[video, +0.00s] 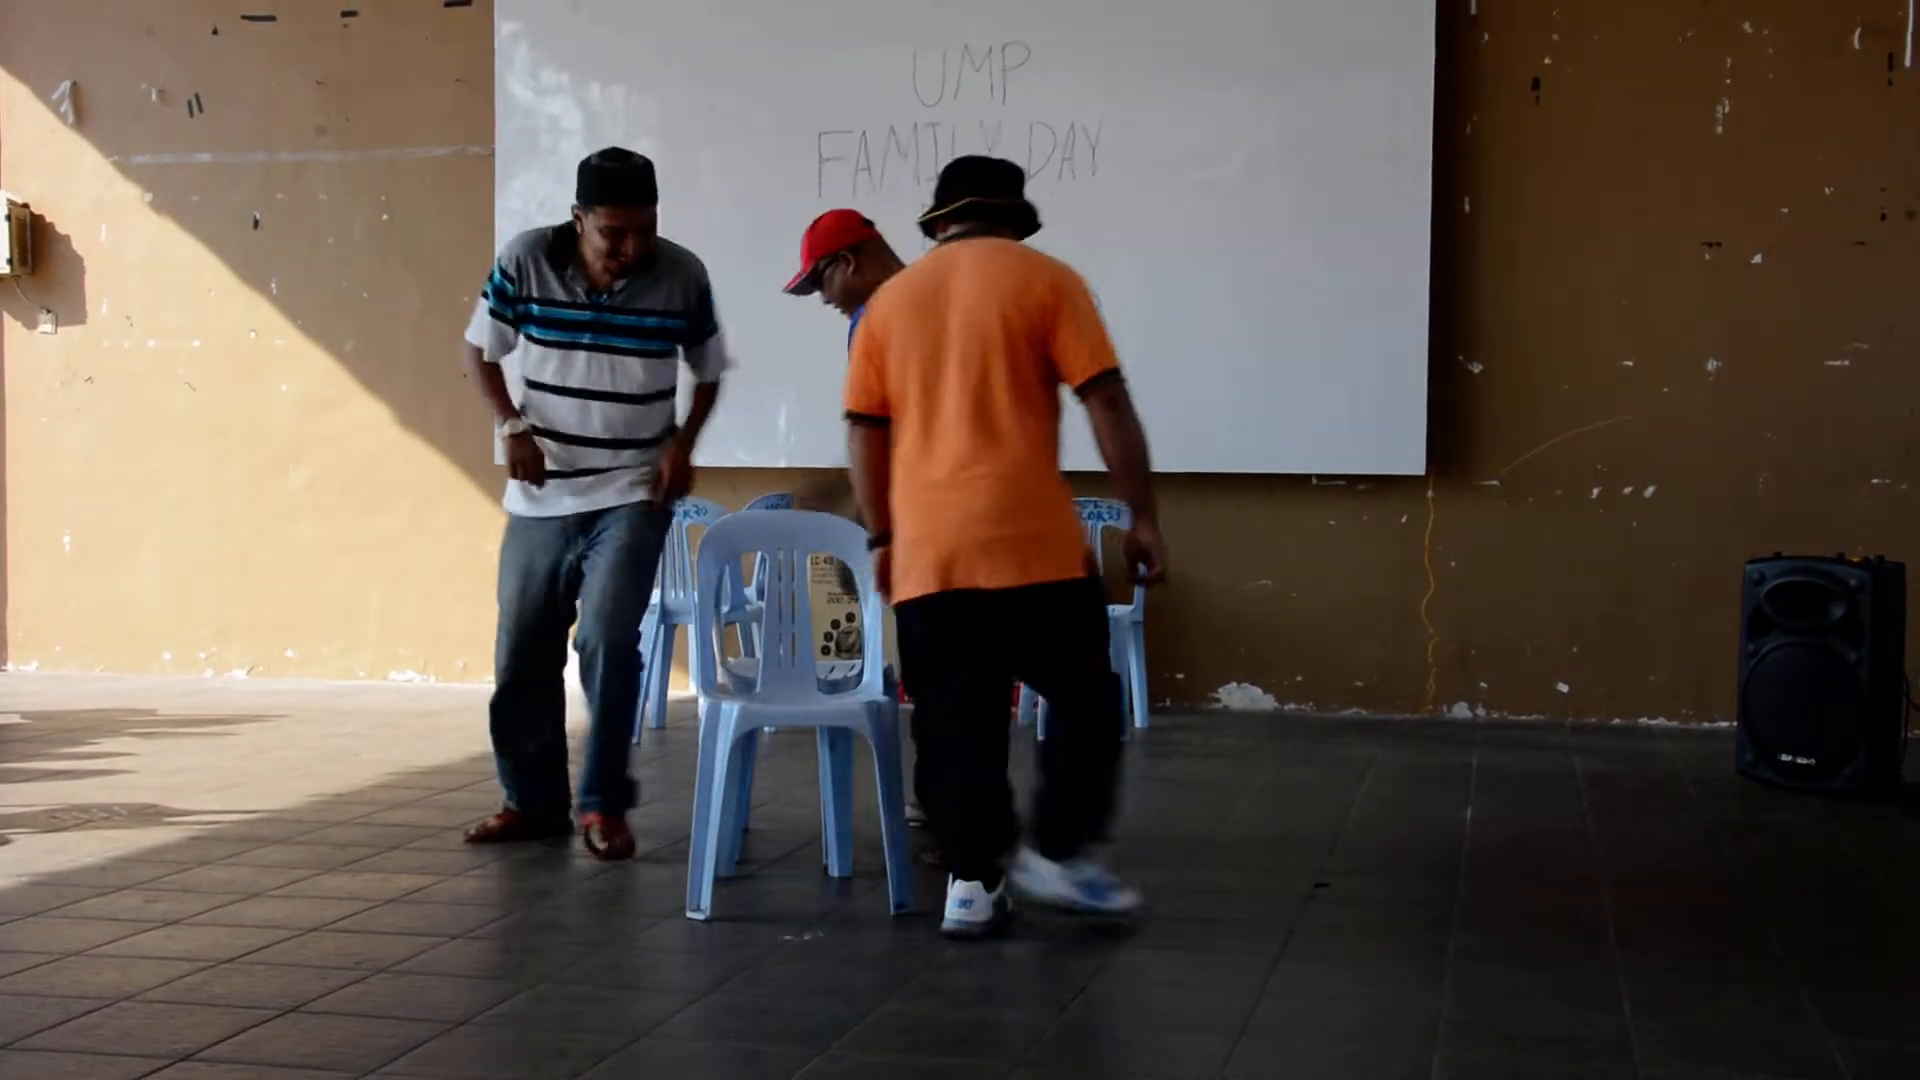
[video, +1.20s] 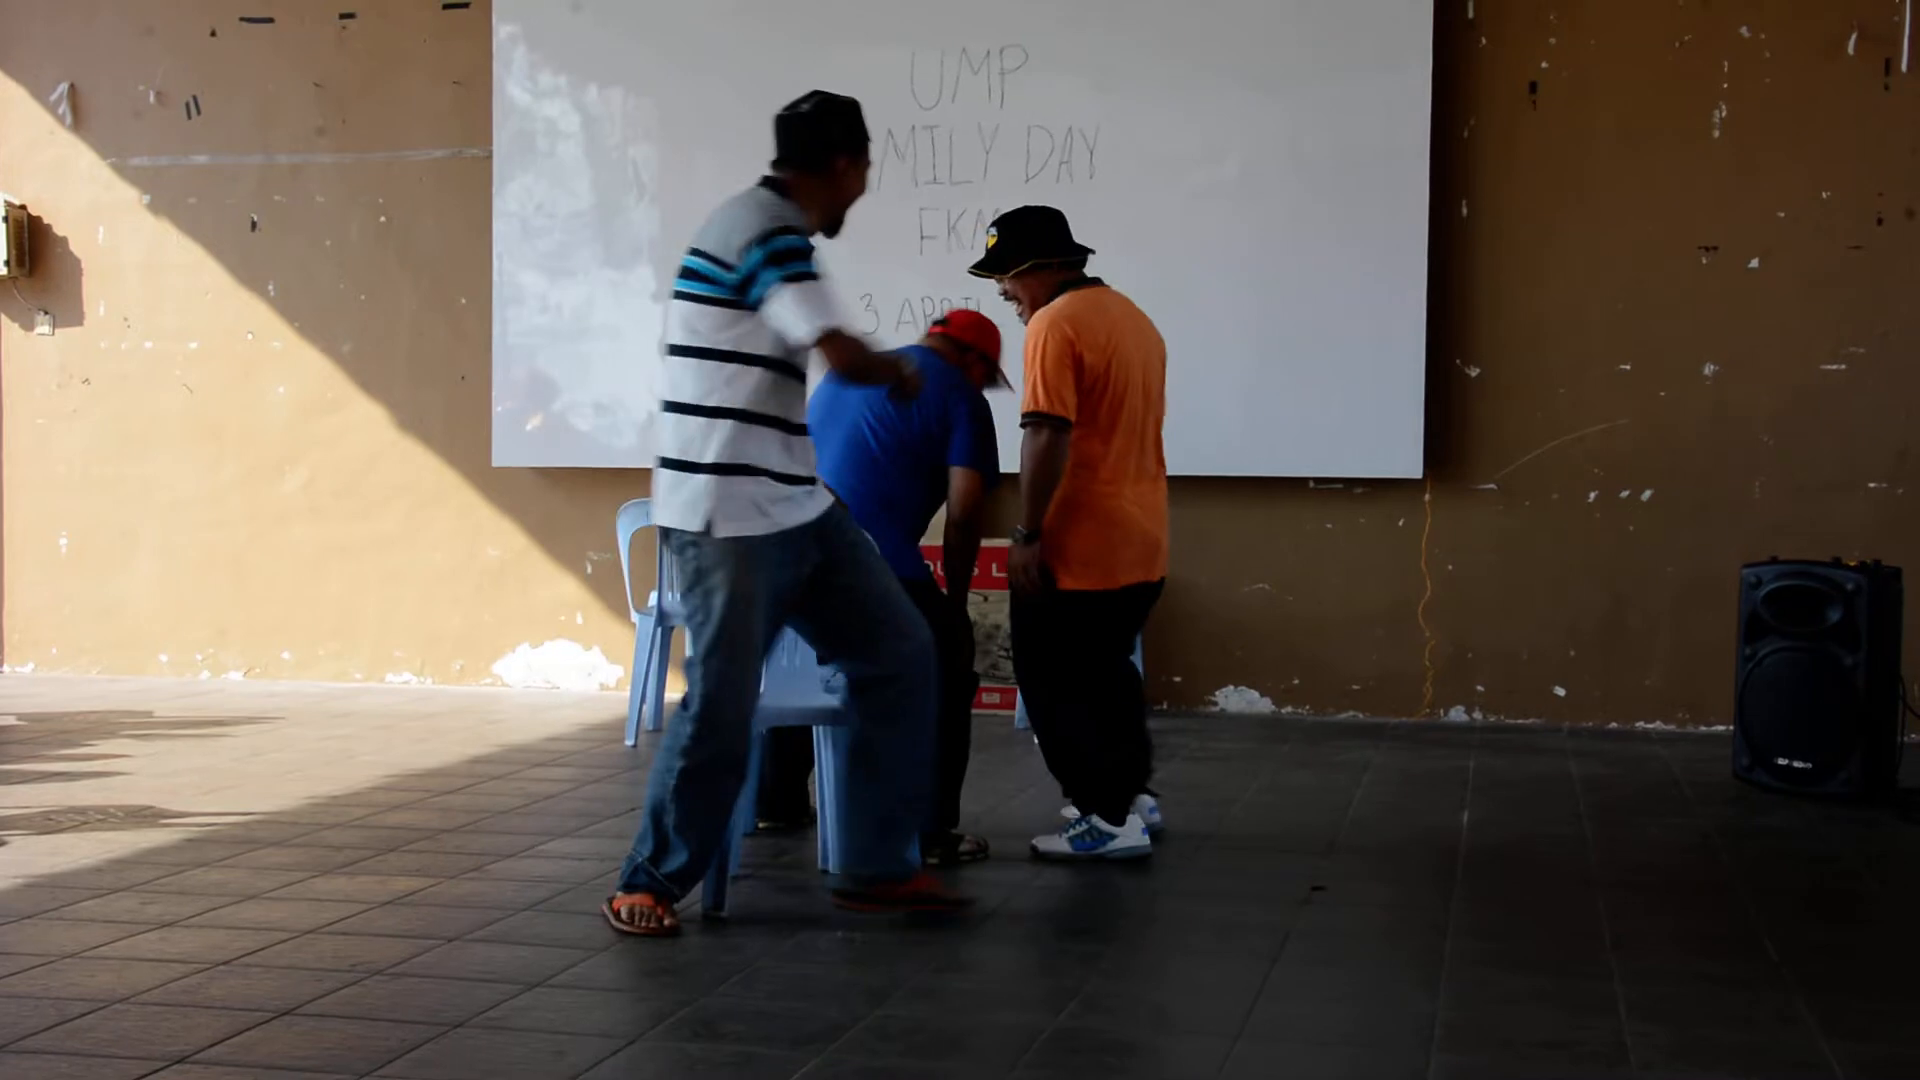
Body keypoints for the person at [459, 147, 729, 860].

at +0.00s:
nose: (630, 249)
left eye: (642, 232)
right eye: (613, 234)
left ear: (656, 218)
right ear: (579, 218)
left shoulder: (681, 278)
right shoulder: (526, 262)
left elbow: (709, 369)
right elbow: (479, 349)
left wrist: (684, 442)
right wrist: (511, 425)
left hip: (630, 494)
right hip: (540, 497)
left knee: (606, 641)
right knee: (520, 656)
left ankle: (603, 806)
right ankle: (531, 806)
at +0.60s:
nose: (710, 221)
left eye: (717, 205)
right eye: (698, 205)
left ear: (714, 193)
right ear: (647, 188)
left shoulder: (700, 262)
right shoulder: (556, 242)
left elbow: (702, 360)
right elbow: (468, 327)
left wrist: (749, 430)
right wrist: (496, 443)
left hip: (663, 501)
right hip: (560, 500)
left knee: (676, 642)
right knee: (527, 683)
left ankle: (590, 831)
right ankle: (503, 857)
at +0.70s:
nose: (747, 228)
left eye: (752, 213)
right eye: (738, 212)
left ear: (716, 201)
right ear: (689, 195)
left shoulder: (719, 268)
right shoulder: (586, 245)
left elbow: (701, 363)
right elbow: (490, 331)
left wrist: (761, 441)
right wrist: (505, 446)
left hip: (693, 513)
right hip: (585, 516)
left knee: (737, 671)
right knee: (549, 700)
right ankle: (511, 859)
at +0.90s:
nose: (820, 218)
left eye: (825, 202)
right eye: (816, 200)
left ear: (782, 188)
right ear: (769, 183)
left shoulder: (772, 258)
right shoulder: (662, 240)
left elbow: (746, 386)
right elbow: (562, 321)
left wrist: (784, 486)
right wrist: (600, 418)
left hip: (775, 526)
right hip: (676, 533)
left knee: (840, 687)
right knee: (645, 704)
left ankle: (798, 895)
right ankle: (546, 850)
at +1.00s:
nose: (840, 191)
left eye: (843, 173)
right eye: (836, 172)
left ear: (793, 166)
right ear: (799, 166)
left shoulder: (784, 255)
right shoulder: (689, 224)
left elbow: (763, 376)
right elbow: (627, 328)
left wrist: (787, 458)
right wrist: (712, 411)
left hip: (785, 509)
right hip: (700, 512)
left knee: (845, 684)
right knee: (692, 702)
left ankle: (807, 889)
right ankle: (637, 879)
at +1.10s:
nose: (852, 182)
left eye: (852, 164)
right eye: (848, 163)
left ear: (795, 157)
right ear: (817, 161)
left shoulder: (769, 241)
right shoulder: (725, 228)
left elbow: (737, 366)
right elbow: (730, 353)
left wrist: (782, 462)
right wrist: (833, 407)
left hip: (786, 504)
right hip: (709, 510)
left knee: (875, 659)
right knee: (708, 700)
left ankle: (820, 861)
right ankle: (648, 882)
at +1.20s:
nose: (863, 188)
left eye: (864, 170)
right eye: (861, 169)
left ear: (795, 160)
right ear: (832, 166)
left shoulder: (760, 227)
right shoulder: (762, 227)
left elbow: (736, 375)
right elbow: (837, 353)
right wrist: (894, 366)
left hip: (795, 508)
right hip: (720, 517)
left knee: (897, 655)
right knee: (721, 706)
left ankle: (876, 868)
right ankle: (650, 882)